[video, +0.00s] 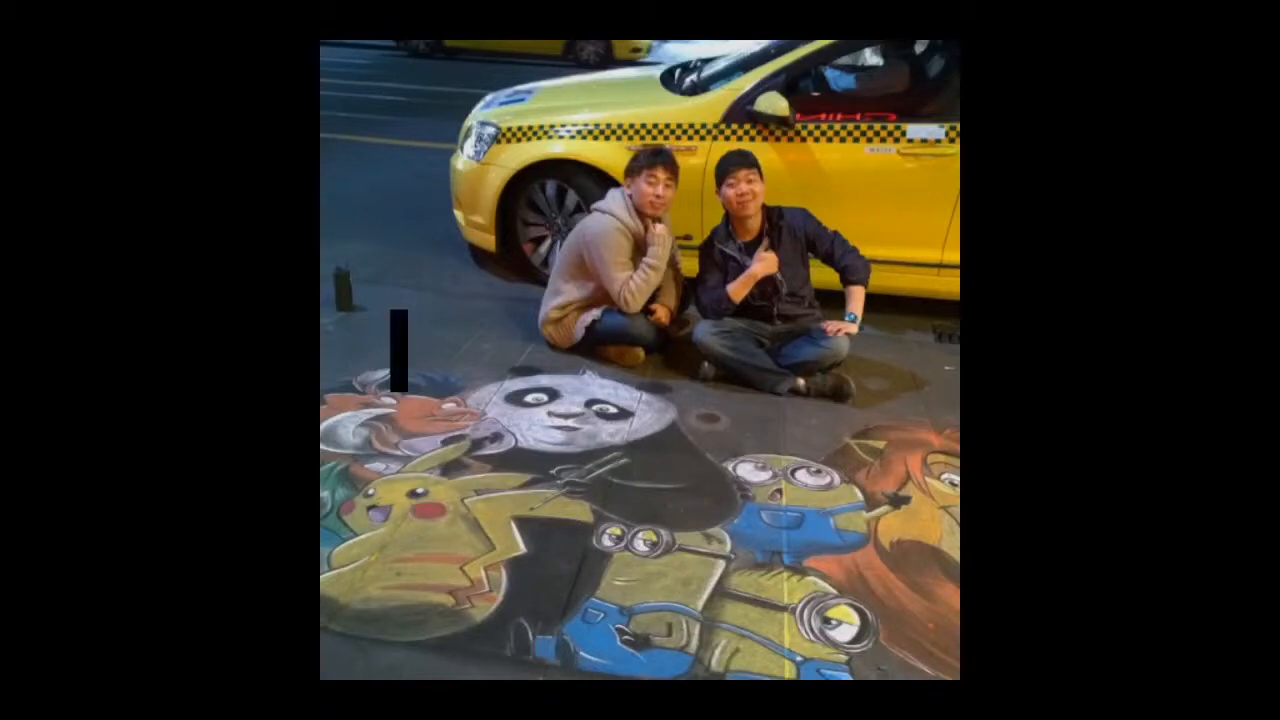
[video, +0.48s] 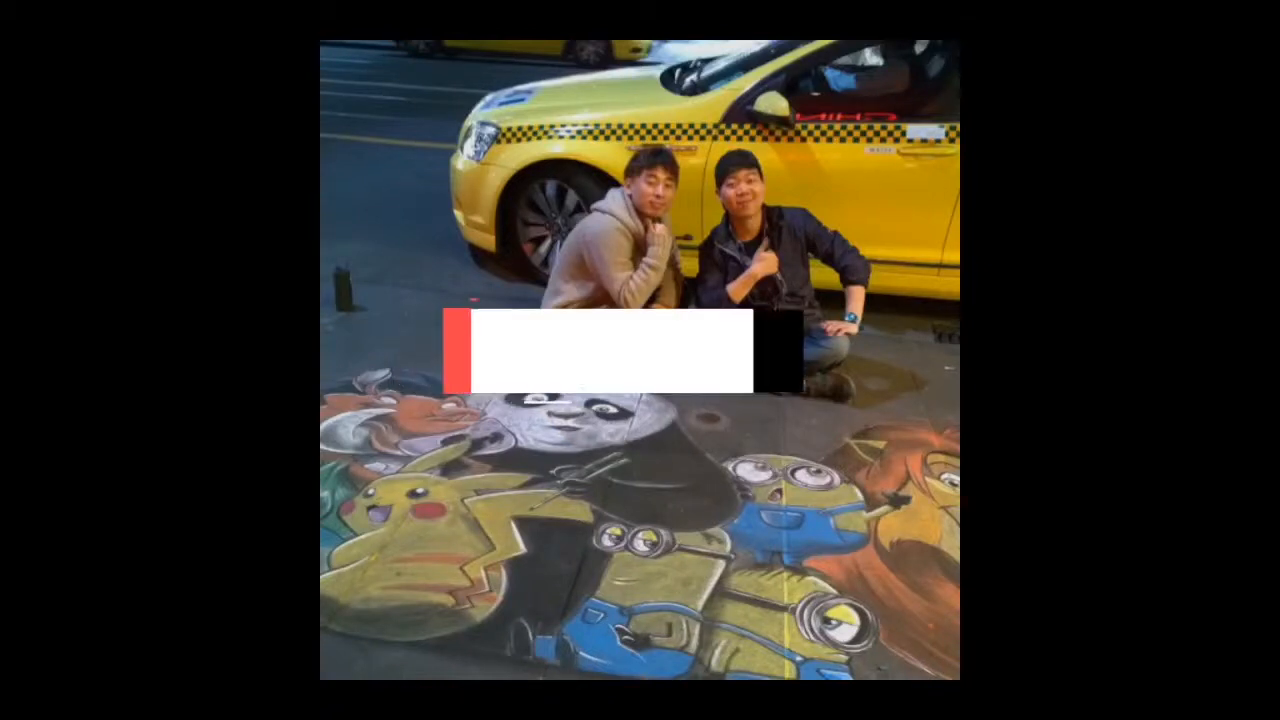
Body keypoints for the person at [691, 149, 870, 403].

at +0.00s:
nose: (743, 190)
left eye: (750, 181)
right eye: (732, 185)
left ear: (763, 187)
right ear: (720, 195)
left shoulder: (795, 222)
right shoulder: (714, 246)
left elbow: (853, 262)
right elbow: (709, 309)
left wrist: (851, 319)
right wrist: (753, 274)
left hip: (799, 327)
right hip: (747, 327)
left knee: (837, 344)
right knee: (704, 334)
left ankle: (733, 372)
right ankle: (799, 386)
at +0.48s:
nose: (743, 191)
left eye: (750, 181)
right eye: (732, 185)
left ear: (763, 187)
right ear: (720, 195)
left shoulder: (795, 222)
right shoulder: (713, 246)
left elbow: (853, 262)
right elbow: (708, 307)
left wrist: (851, 319)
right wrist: (752, 275)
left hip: (799, 324)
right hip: (743, 329)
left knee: (837, 344)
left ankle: (751, 372)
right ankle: (806, 387)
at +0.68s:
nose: (743, 191)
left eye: (750, 181)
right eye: (732, 185)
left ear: (763, 187)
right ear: (720, 195)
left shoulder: (795, 222)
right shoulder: (713, 246)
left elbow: (853, 262)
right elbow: (708, 307)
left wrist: (851, 319)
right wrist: (752, 275)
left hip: (799, 325)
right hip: (744, 330)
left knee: (837, 345)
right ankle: (812, 386)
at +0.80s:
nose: (743, 191)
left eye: (750, 181)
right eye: (732, 185)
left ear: (763, 187)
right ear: (720, 195)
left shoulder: (795, 222)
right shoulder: (713, 246)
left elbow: (853, 262)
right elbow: (707, 308)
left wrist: (851, 319)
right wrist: (752, 275)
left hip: (799, 326)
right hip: (744, 331)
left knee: (837, 345)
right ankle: (812, 385)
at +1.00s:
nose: (743, 191)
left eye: (750, 181)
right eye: (732, 185)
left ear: (763, 187)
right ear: (720, 195)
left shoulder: (795, 222)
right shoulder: (713, 246)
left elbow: (853, 262)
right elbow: (708, 309)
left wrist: (851, 319)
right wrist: (752, 275)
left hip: (799, 327)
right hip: (744, 333)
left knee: (837, 344)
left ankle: (753, 376)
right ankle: (813, 385)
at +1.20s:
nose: (743, 190)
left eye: (750, 181)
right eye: (732, 185)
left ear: (763, 186)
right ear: (720, 194)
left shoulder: (793, 221)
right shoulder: (713, 230)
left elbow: (853, 261)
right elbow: (708, 306)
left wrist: (852, 319)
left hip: (798, 324)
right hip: (744, 324)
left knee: (836, 344)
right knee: (705, 334)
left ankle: (734, 373)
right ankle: (799, 386)